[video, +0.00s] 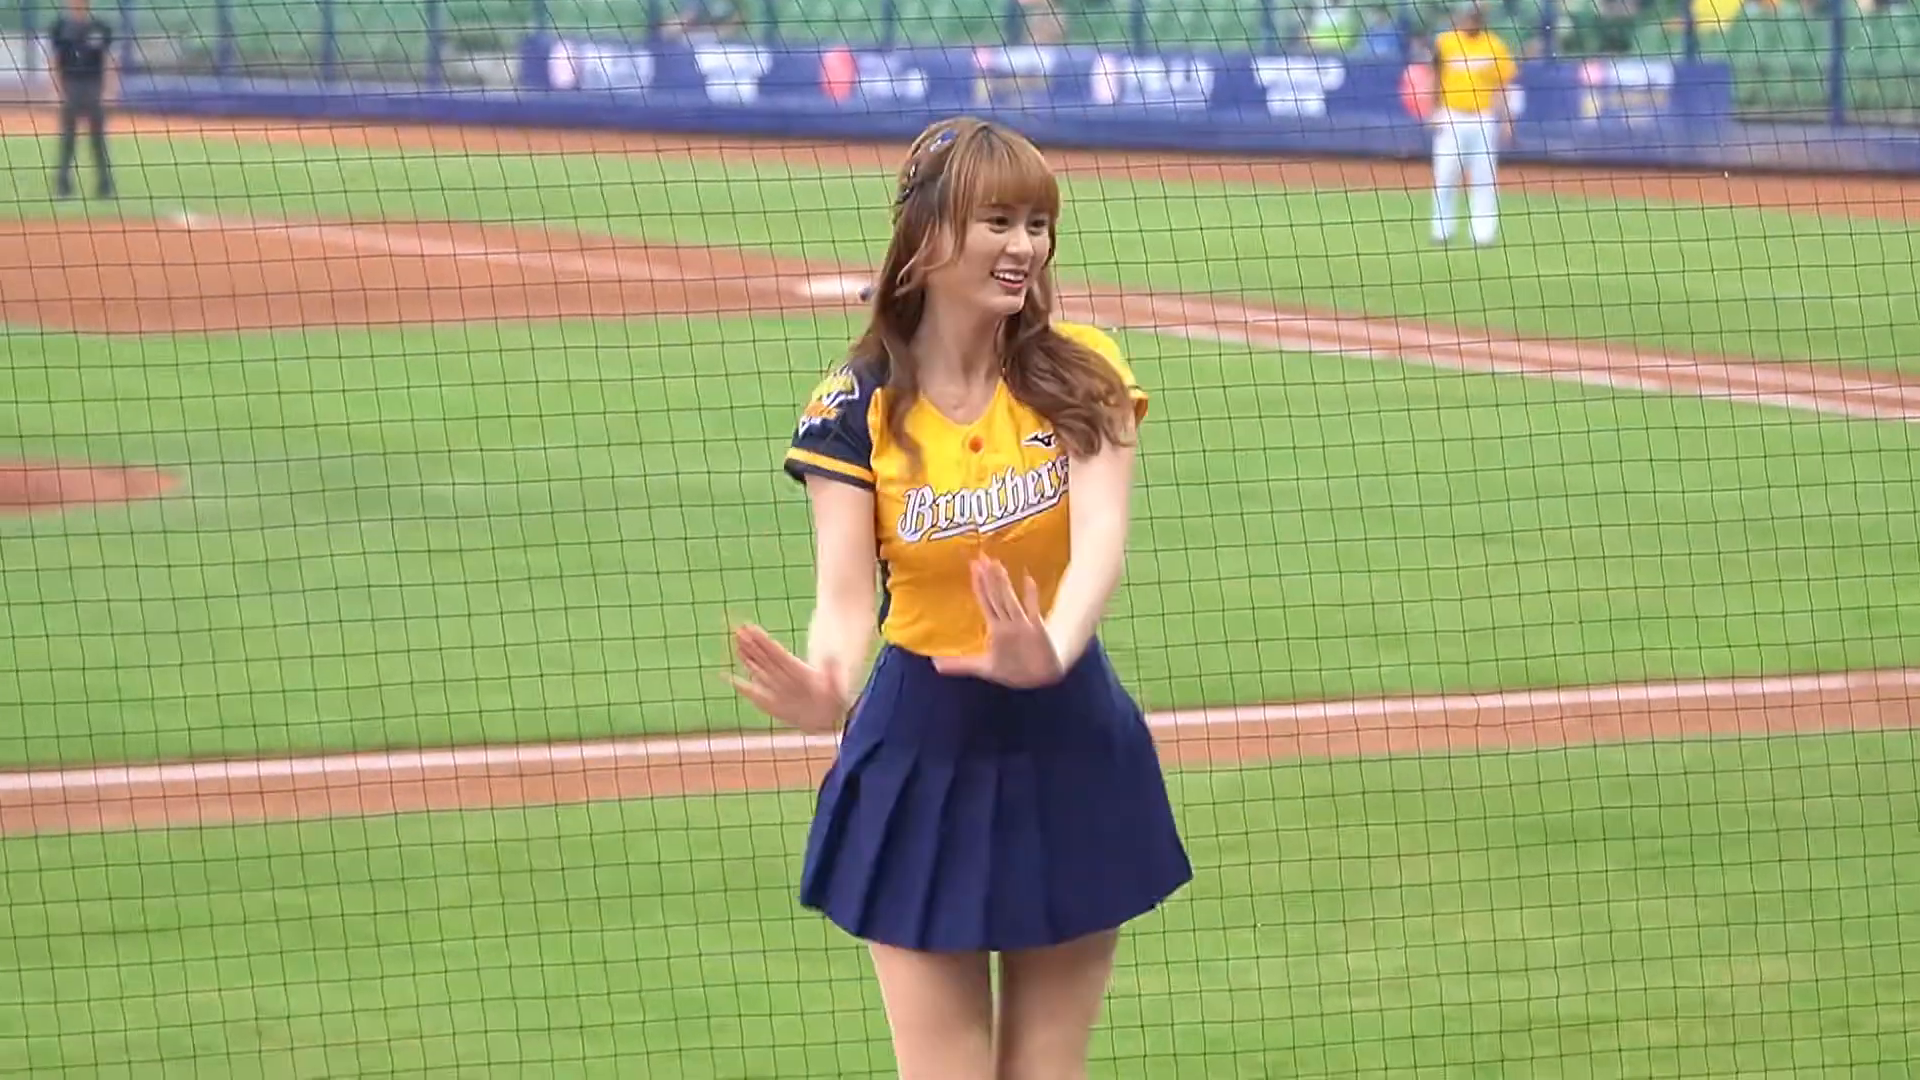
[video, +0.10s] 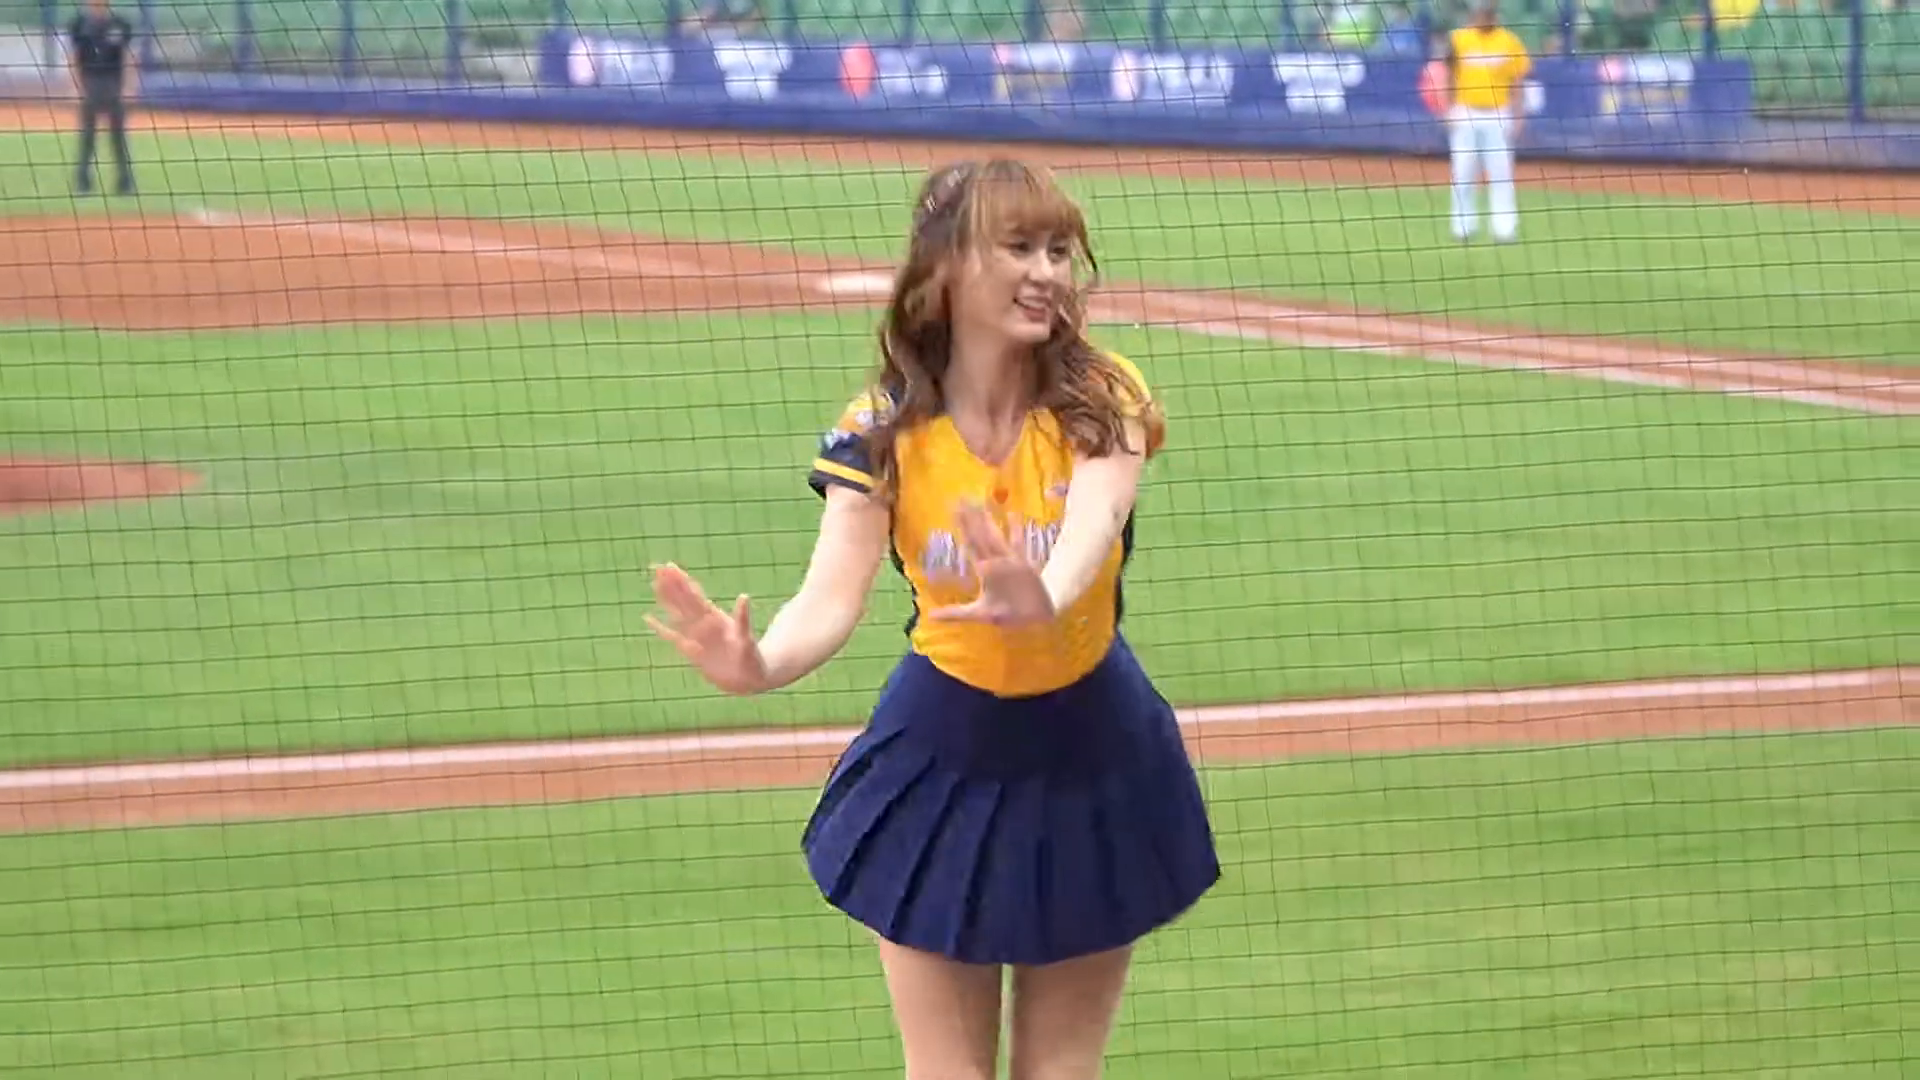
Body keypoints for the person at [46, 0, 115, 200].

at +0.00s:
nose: (79, 12)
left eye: (82, 7)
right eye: (75, 7)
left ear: (88, 7)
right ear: (69, 7)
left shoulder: (100, 29)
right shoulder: (61, 29)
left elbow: (109, 63)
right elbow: (55, 64)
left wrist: (108, 91)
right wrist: (61, 91)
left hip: (94, 91)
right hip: (71, 91)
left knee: (98, 139)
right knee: (68, 139)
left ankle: (104, 182)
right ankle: (63, 181)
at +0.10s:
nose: (98, 10)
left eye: (101, 6)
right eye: (94, 6)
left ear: (108, 6)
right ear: (87, 6)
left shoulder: (119, 26)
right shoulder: (80, 26)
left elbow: (128, 60)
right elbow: (75, 61)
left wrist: (128, 88)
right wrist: (80, 89)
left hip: (113, 87)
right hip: (90, 88)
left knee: (118, 135)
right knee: (87, 135)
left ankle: (125, 177)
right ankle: (83, 177)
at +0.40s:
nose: (144, 4)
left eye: (148, 1)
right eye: (141, 2)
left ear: (154, 2)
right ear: (134, 3)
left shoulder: (165, 16)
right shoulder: (126, 16)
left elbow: (173, 50)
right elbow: (121, 51)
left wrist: (172, 79)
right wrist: (126, 79)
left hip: (159, 78)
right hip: (135, 78)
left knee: (163, 125)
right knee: (133, 126)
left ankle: (170, 166)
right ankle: (129, 166)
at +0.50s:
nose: (147, 1)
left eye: (150, 0)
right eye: (144, 1)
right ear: (138, 0)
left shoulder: (167, 13)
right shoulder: (127, 12)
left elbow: (175, 46)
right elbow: (121, 48)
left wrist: (175, 75)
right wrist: (126, 76)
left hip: (160, 74)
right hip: (136, 74)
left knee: (164, 123)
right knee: (134, 123)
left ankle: (170, 164)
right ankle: (129, 164)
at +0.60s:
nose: (147, 1)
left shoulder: (168, 11)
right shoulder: (128, 10)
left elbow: (175, 44)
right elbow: (122, 46)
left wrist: (175, 72)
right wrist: (127, 73)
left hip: (161, 72)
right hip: (137, 72)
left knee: (165, 121)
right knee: (134, 121)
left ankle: (172, 162)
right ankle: (130, 162)